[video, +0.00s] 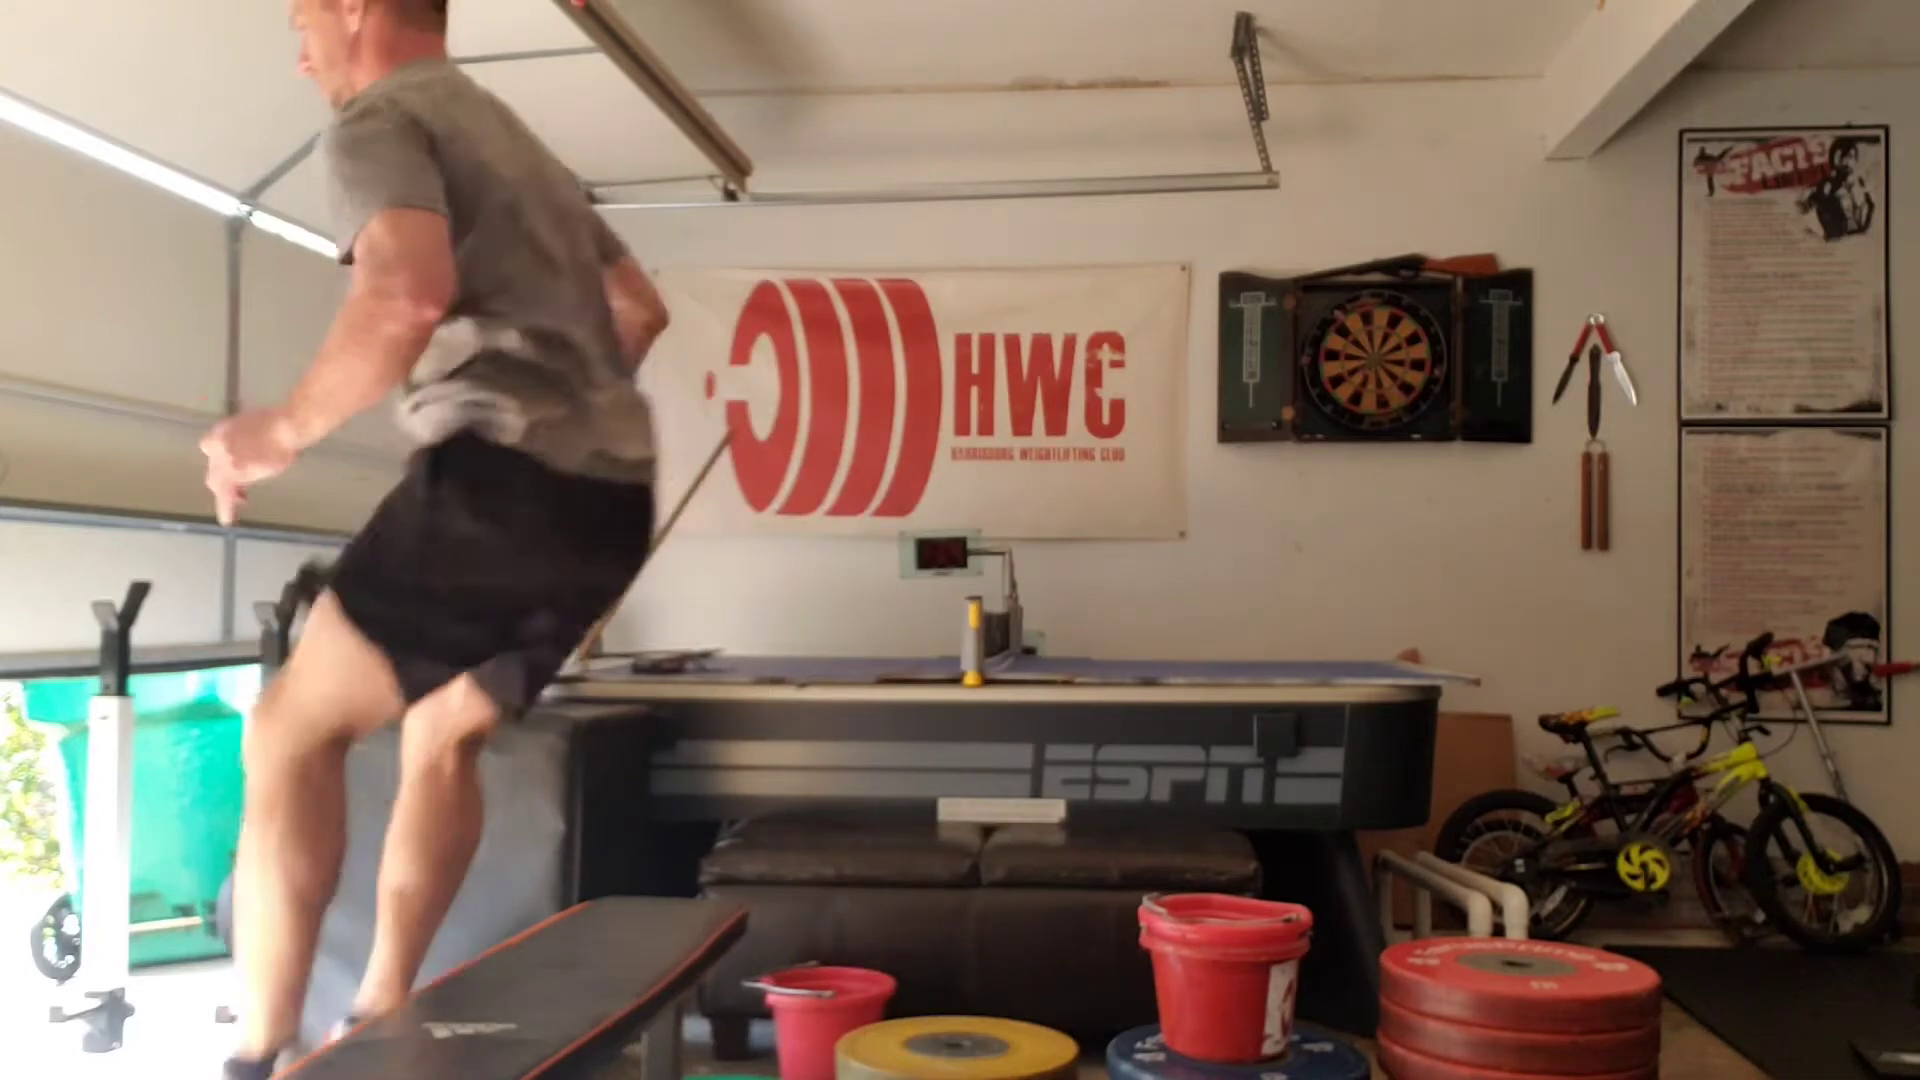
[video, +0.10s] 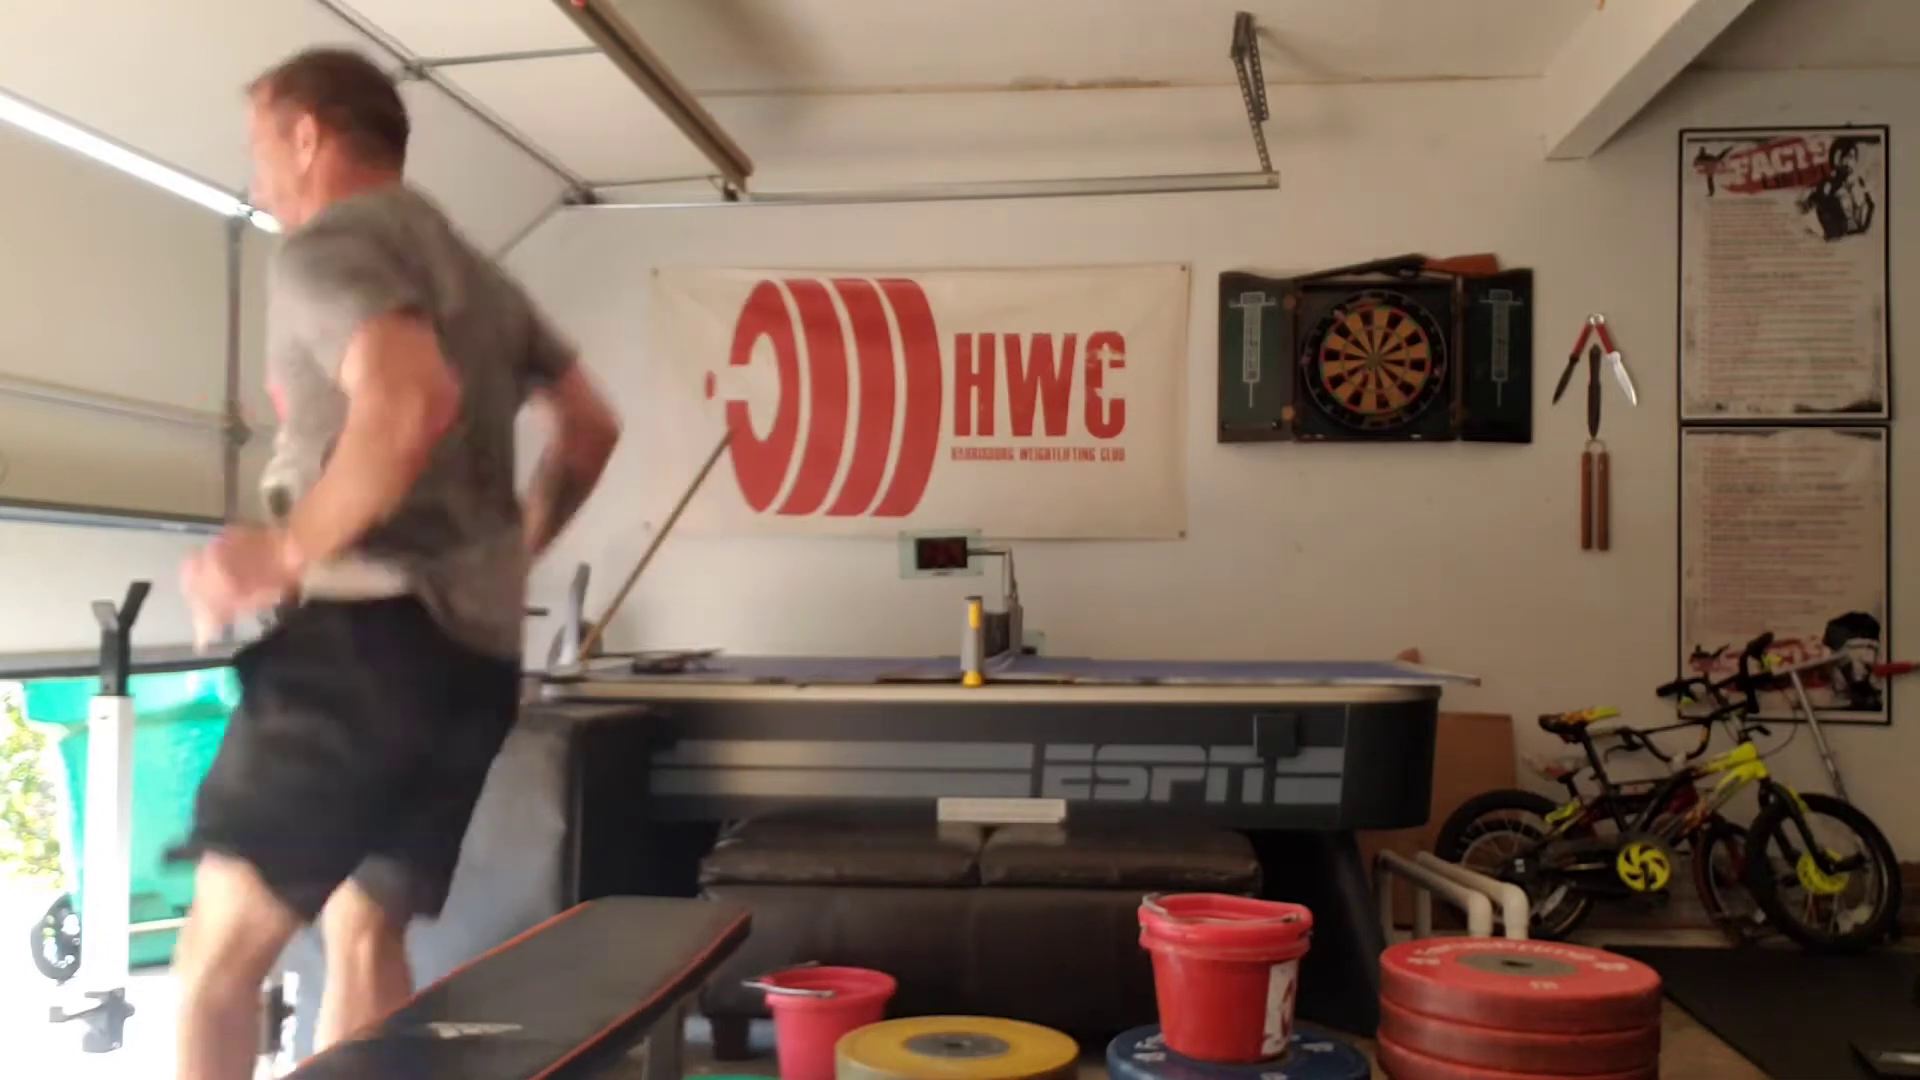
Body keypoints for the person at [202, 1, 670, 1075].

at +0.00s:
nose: (299, 50)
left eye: (304, 23)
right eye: (297, 27)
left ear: (357, 17)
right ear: (412, 21)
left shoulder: (381, 119)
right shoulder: (511, 134)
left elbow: (407, 296)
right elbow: (638, 307)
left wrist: (286, 426)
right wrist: (518, 385)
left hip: (501, 478)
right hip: (613, 500)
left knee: (290, 721)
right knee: (443, 733)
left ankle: (265, 1043)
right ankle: (385, 1007)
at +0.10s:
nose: (258, 186)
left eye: (261, 150)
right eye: (256, 155)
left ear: (310, 135)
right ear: (375, 142)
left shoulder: (328, 244)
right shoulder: (475, 269)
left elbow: (411, 394)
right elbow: (589, 428)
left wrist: (288, 548)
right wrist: (509, 554)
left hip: (359, 642)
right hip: (475, 659)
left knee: (219, 966)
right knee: (367, 933)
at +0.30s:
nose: (224, 251)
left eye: (221, 233)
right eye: (225, 236)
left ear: (235, 235)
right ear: (344, 241)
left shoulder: (188, 366)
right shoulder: (427, 379)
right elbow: (477, 564)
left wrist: (108, 633)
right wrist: (361, 576)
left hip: (261, 734)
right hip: (409, 729)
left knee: (143, 1026)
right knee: (310, 966)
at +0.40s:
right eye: (345, 194)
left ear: (230, 196)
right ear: (347, 201)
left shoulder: (134, 332)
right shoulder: (421, 337)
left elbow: (60, 512)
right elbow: (479, 521)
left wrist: (187, 552)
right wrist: (374, 539)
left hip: (200, 716)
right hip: (371, 706)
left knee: (164, 1014)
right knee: (353, 975)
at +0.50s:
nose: (372, 213)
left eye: (371, 189)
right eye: (366, 188)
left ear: (241, 186)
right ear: (323, 186)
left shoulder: (119, 334)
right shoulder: (381, 323)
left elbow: (87, 512)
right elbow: (446, 527)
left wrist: (210, 506)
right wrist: (406, 533)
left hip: (160, 695)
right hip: (319, 683)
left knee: (172, 989)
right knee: (369, 957)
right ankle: (292, 1075)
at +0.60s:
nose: (381, 230)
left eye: (378, 204)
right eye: (368, 200)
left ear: (274, 197)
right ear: (293, 193)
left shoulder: (148, 358)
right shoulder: (319, 329)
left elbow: (131, 535)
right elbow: (384, 538)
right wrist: (465, 578)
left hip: (168, 683)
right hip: (284, 668)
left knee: (211, 978)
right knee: (320, 983)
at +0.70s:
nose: (382, 226)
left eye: (379, 203)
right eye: (364, 200)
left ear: (279, 201)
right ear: (284, 196)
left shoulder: (203, 333)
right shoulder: (283, 328)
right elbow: (329, 530)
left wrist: (428, 596)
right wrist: (455, 595)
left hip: (175, 676)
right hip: (248, 672)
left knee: (241, 971)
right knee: (312, 975)